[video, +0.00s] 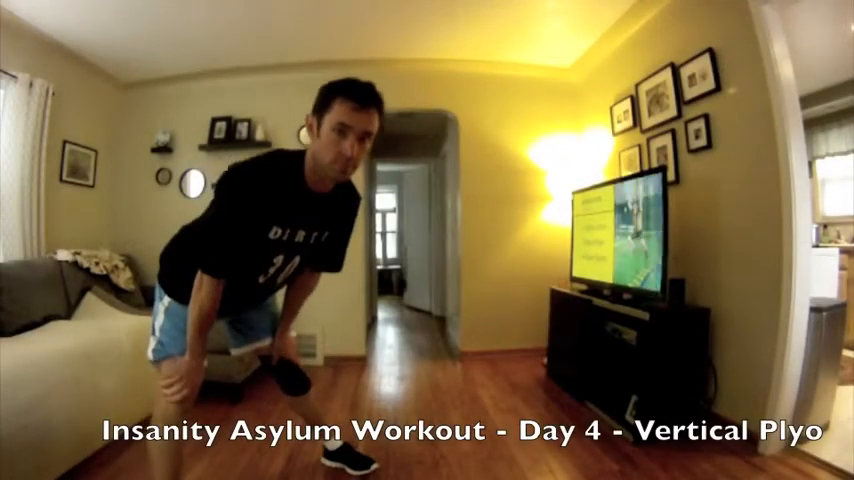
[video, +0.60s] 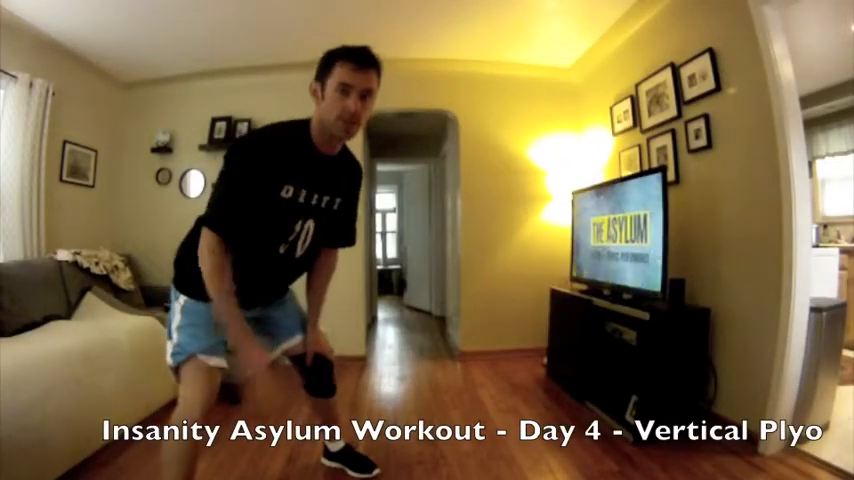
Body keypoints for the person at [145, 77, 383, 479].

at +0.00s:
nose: (351, 150)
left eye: (364, 139)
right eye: (341, 132)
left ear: (371, 144)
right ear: (311, 128)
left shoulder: (345, 201)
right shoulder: (252, 179)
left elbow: (311, 270)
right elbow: (209, 273)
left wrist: (285, 331)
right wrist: (194, 359)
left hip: (251, 291)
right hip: (190, 288)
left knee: (286, 369)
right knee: (175, 391)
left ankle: (331, 443)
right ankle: (163, 476)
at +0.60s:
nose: (354, 107)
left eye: (365, 97)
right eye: (345, 91)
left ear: (373, 104)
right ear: (317, 91)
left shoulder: (347, 172)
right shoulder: (258, 148)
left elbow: (327, 251)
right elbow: (210, 244)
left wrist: (313, 325)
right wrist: (242, 338)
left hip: (268, 288)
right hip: (207, 287)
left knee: (319, 368)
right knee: (198, 400)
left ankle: (336, 446)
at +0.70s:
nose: (357, 104)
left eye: (367, 95)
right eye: (347, 88)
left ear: (375, 103)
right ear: (319, 89)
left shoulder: (350, 171)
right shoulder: (261, 145)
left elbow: (330, 256)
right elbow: (215, 240)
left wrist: (318, 325)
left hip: (278, 291)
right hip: (213, 287)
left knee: (323, 369)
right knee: (201, 398)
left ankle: (335, 446)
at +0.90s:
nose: (364, 104)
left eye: (374, 95)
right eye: (354, 89)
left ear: (381, 103)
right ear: (326, 89)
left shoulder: (353, 169)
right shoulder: (270, 143)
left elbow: (334, 251)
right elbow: (234, 239)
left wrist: (322, 324)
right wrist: (323, 203)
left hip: (276, 285)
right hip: (216, 283)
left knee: (324, 367)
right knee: (201, 395)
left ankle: (335, 446)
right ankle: (173, 476)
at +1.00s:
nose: (369, 104)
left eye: (379, 95)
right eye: (360, 88)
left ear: (384, 102)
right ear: (331, 88)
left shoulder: (355, 170)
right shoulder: (273, 141)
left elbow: (334, 249)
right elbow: (237, 236)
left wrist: (321, 322)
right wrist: (324, 214)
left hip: (276, 285)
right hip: (216, 284)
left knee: (323, 365)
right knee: (201, 394)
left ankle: (335, 447)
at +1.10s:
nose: (376, 103)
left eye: (384, 94)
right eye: (367, 87)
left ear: (387, 100)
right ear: (336, 85)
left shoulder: (356, 170)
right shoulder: (277, 137)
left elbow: (334, 247)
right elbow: (241, 231)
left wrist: (321, 321)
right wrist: (334, 225)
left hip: (276, 285)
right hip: (217, 283)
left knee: (322, 365)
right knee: (201, 393)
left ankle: (335, 447)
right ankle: (174, 476)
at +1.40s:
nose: (397, 99)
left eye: (399, 88)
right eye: (394, 85)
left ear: (369, 80)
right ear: (363, 76)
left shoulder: (357, 158)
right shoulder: (296, 121)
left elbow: (340, 237)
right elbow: (262, 201)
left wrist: (342, 308)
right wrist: (286, 297)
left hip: (304, 287)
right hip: (244, 284)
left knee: (339, 371)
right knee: (214, 397)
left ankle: (334, 447)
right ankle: (186, 473)